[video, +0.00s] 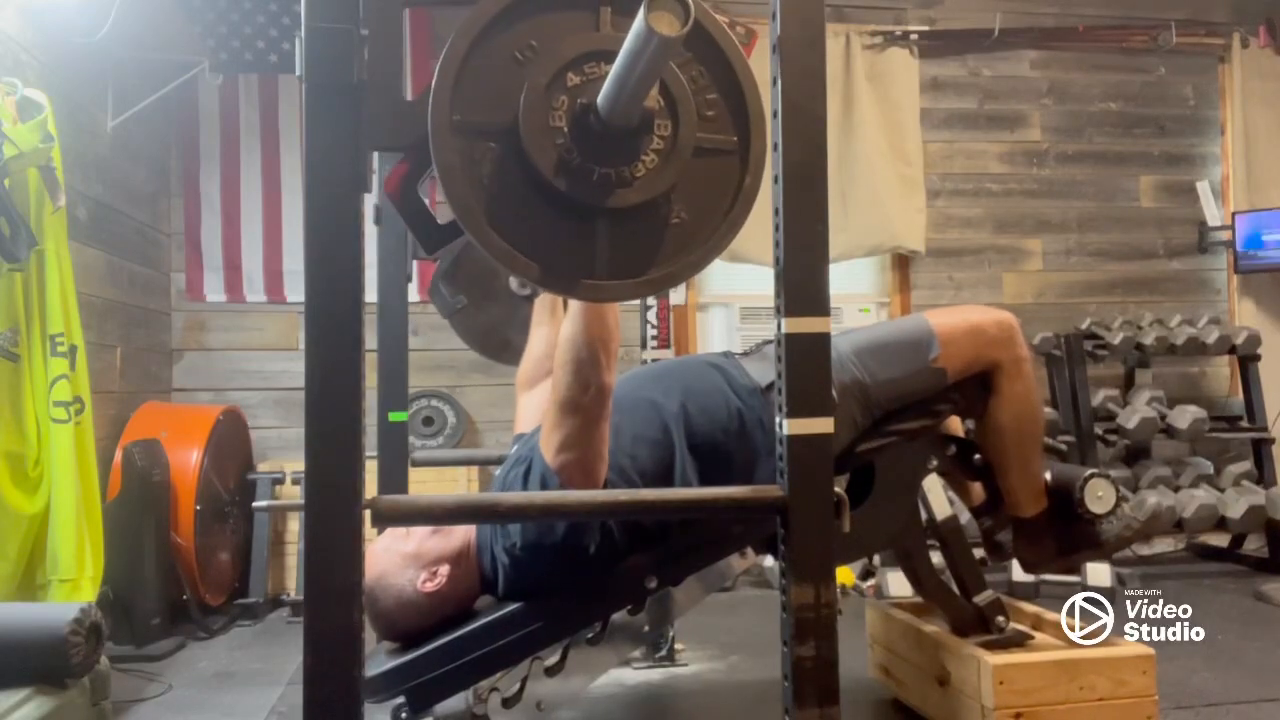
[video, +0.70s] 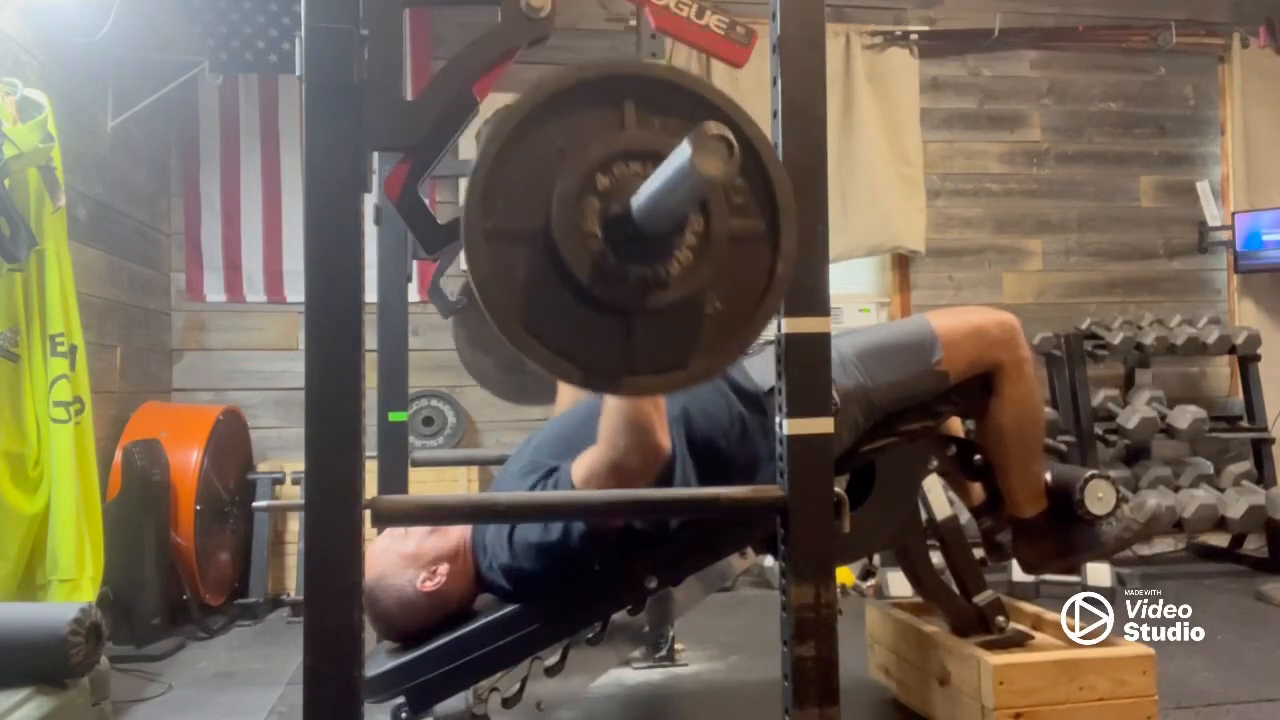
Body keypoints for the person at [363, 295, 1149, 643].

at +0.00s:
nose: (417, 525)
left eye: (399, 531)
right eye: (412, 544)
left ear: (428, 555)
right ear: (444, 579)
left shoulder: (500, 499)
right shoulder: (534, 542)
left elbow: (546, 371)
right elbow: (585, 382)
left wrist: (561, 217)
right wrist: (598, 222)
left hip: (741, 376)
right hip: (772, 422)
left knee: (947, 323)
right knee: (997, 333)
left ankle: (988, 481)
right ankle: (1033, 519)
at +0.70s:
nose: (416, 530)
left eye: (398, 533)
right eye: (413, 549)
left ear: (427, 547)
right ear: (445, 579)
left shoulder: (495, 497)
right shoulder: (524, 549)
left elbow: (601, 418)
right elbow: (639, 439)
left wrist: (587, 300)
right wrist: (609, 304)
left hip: (743, 376)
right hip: (766, 426)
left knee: (934, 323)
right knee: (999, 337)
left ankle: (977, 470)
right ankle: (1032, 523)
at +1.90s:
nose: (414, 529)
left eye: (396, 534)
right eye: (412, 549)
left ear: (428, 545)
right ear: (446, 576)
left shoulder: (507, 492)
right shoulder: (532, 553)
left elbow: (565, 389)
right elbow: (624, 419)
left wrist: (564, 243)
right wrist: (596, 263)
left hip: (738, 370)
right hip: (769, 423)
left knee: (944, 327)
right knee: (999, 340)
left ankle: (985, 486)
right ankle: (1034, 528)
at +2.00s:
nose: (419, 532)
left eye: (402, 535)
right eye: (414, 552)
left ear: (428, 541)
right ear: (446, 580)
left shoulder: (503, 494)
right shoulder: (530, 553)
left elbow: (551, 375)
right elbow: (595, 400)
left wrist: (557, 218)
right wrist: (591, 235)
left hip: (745, 372)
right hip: (770, 421)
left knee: (955, 327)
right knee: (1000, 340)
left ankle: (992, 486)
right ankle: (1034, 529)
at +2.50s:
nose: (419, 531)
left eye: (402, 535)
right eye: (417, 550)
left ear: (428, 544)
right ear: (447, 578)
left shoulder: (496, 503)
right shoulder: (529, 546)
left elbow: (625, 426)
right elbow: (666, 461)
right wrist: (640, 323)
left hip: (741, 379)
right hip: (765, 430)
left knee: (950, 327)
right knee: (1003, 343)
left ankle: (995, 495)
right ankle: (1033, 532)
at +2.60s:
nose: (417, 530)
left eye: (399, 536)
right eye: (416, 549)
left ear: (426, 545)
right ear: (446, 577)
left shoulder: (497, 497)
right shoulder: (529, 543)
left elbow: (600, 418)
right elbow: (669, 497)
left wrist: (656, 327)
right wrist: (678, 367)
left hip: (733, 379)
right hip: (761, 432)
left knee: (946, 322)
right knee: (1003, 341)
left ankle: (992, 482)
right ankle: (1033, 530)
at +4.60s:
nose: (419, 526)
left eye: (402, 532)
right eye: (417, 544)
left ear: (430, 553)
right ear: (447, 572)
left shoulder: (498, 497)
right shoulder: (533, 542)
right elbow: (689, 544)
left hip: (711, 394)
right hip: (754, 434)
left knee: (896, 311)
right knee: (1001, 339)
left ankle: (976, 468)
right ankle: (1032, 525)